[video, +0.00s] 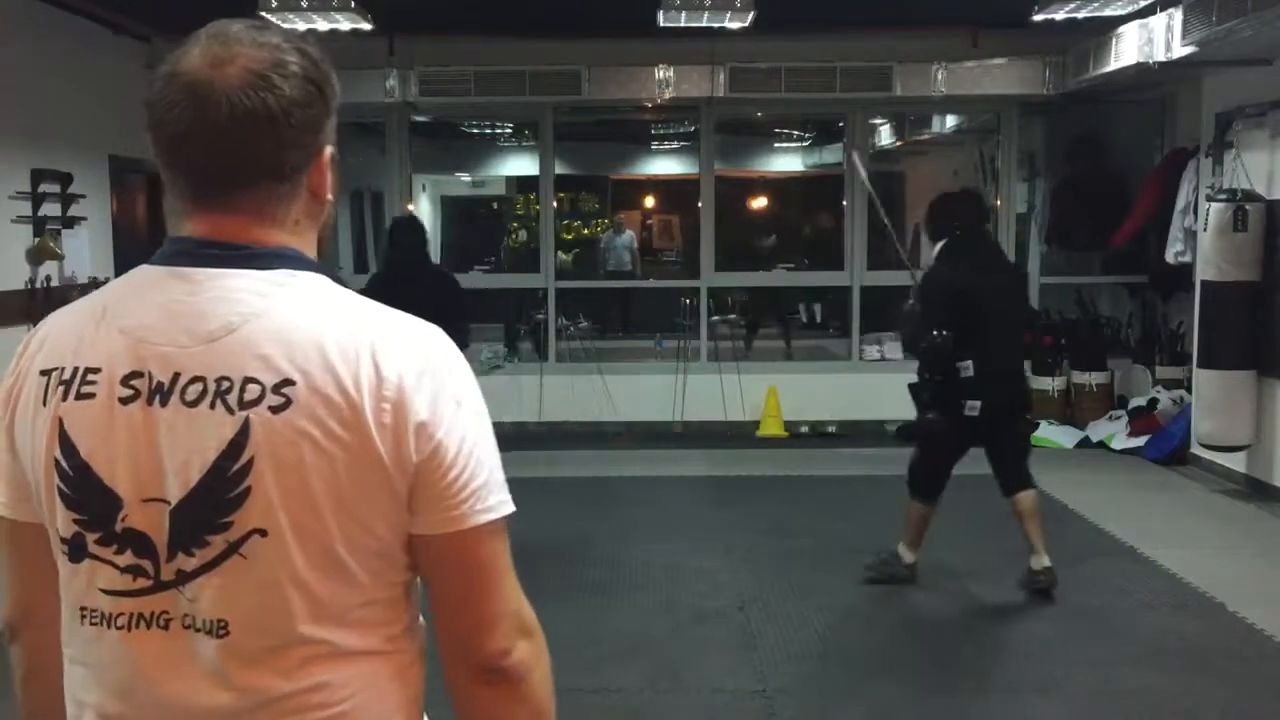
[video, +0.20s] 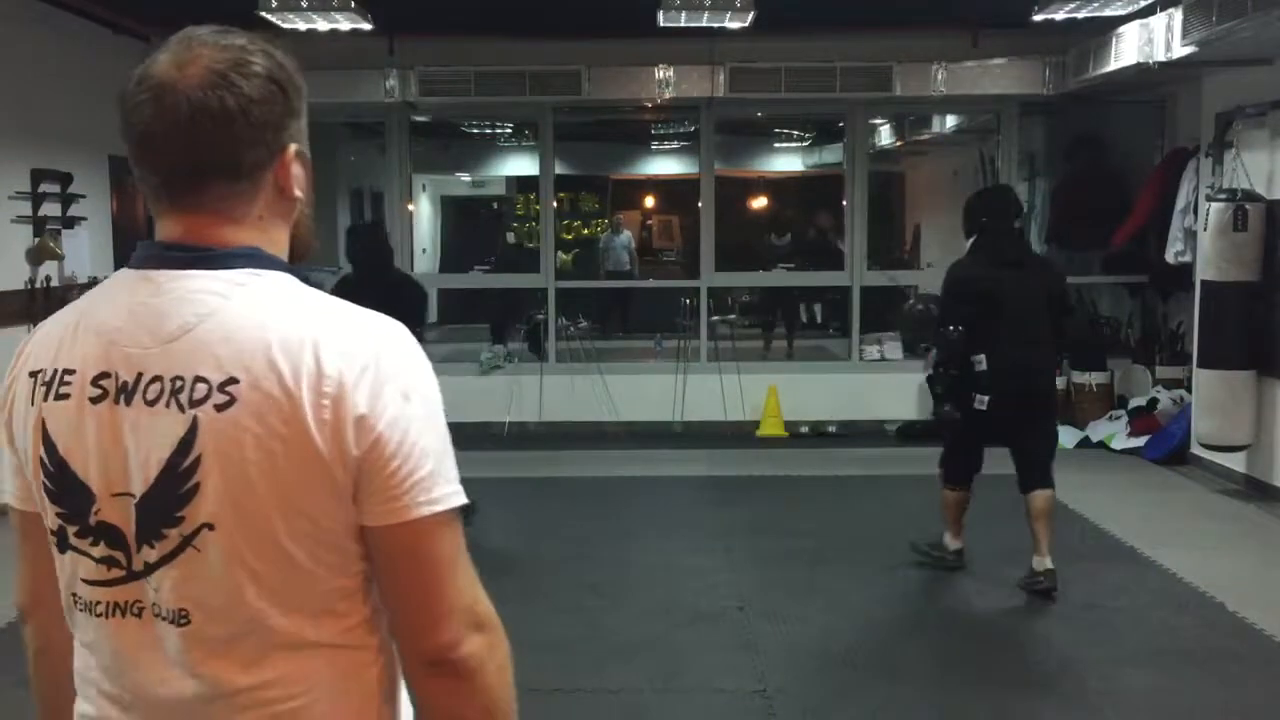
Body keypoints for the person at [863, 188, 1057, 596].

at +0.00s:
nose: (927, 238)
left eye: (930, 231)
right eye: (928, 231)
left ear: (944, 230)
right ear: (978, 225)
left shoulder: (944, 273)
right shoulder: (1006, 267)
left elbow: (934, 343)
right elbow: (1023, 328)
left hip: (959, 397)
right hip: (1009, 392)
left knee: (926, 477)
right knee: (1016, 476)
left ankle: (906, 557)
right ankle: (1042, 562)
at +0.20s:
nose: (964, 230)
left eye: (967, 224)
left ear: (974, 225)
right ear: (1016, 222)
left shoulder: (965, 272)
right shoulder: (1044, 269)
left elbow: (951, 340)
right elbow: (1064, 331)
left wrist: (946, 390)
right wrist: (1045, 367)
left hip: (980, 387)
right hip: (1035, 388)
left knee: (959, 463)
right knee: (1037, 472)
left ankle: (953, 542)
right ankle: (1043, 563)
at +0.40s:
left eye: (997, 224)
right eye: (1030, 223)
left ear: (992, 226)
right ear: (1034, 226)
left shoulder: (978, 273)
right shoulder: (1060, 272)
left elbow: (955, 339)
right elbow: (1088, 332)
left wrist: (952, 391)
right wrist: (1069, 369)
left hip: (1001, 386)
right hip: (1051, 385)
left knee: (1003, 462)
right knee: (1045, 469)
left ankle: (1013, 531)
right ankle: (1040, 559)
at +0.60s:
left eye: (1000, 228)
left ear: (997, 230)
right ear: (1038, 228)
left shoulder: (983, 277)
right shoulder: (1064, 274)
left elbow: (959, 340)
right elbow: (1096, 329)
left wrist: (956, 393)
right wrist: (1087, 376)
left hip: (1010, 382)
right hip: (1060, 382)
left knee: (1015, 460)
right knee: (1058, 459)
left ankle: (1029, 537)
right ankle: (1043, 529)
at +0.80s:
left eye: (1002, 219)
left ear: (1002, 223)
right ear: (1044, 220)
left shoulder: (989, 269)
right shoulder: (1068, 262)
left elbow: (972, 330)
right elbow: (1097, 316)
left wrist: (969, 384)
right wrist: (1094, 367)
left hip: (1015, 373)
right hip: (1063, 370)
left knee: (1015, 453)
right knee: (1064, 439)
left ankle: (1029, 535)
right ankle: (1058, 512)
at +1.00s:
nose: (1012, 229)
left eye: (1013, 222)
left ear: (1018, 223)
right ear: (1055, 217)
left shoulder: (1011, 266)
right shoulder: (1082, 257)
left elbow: (993, 322)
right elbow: (1105, 313)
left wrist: (989, 363)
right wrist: (1099, 361)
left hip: (1030, 368)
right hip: (1075, 364)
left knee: (1021, 446)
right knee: (1064, 437)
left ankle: (1028, 533)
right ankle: (1086, 521)